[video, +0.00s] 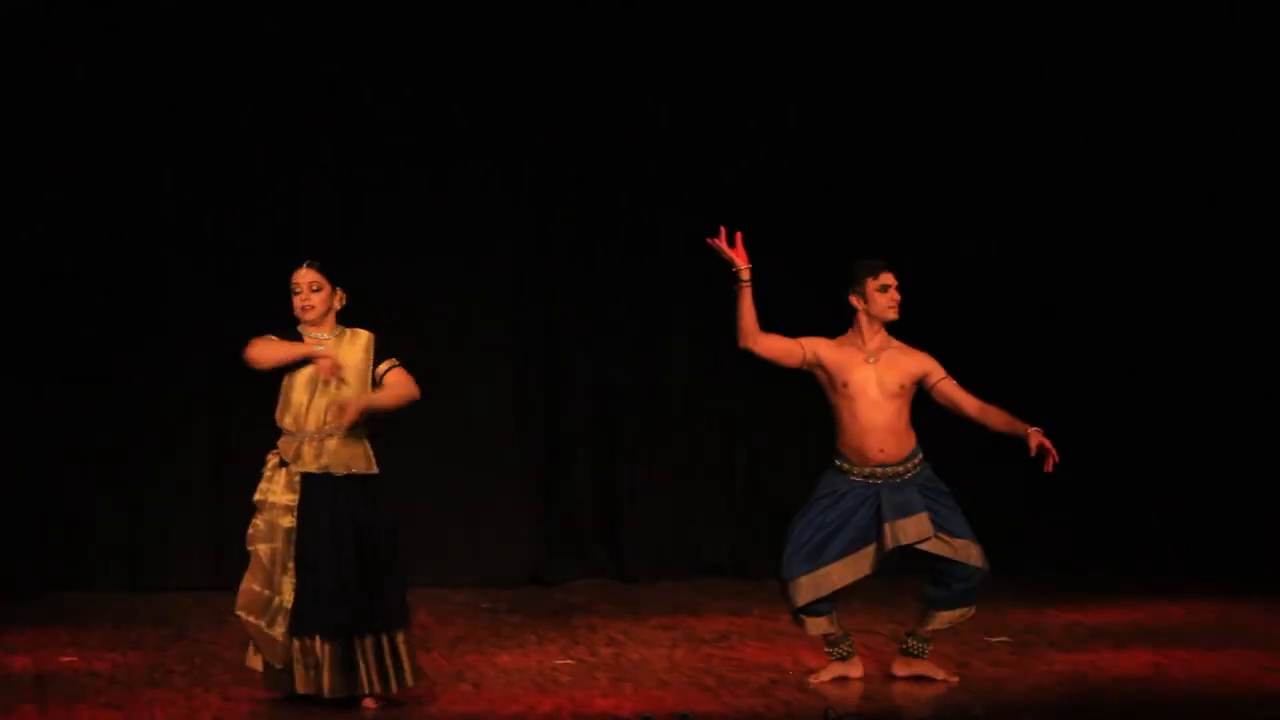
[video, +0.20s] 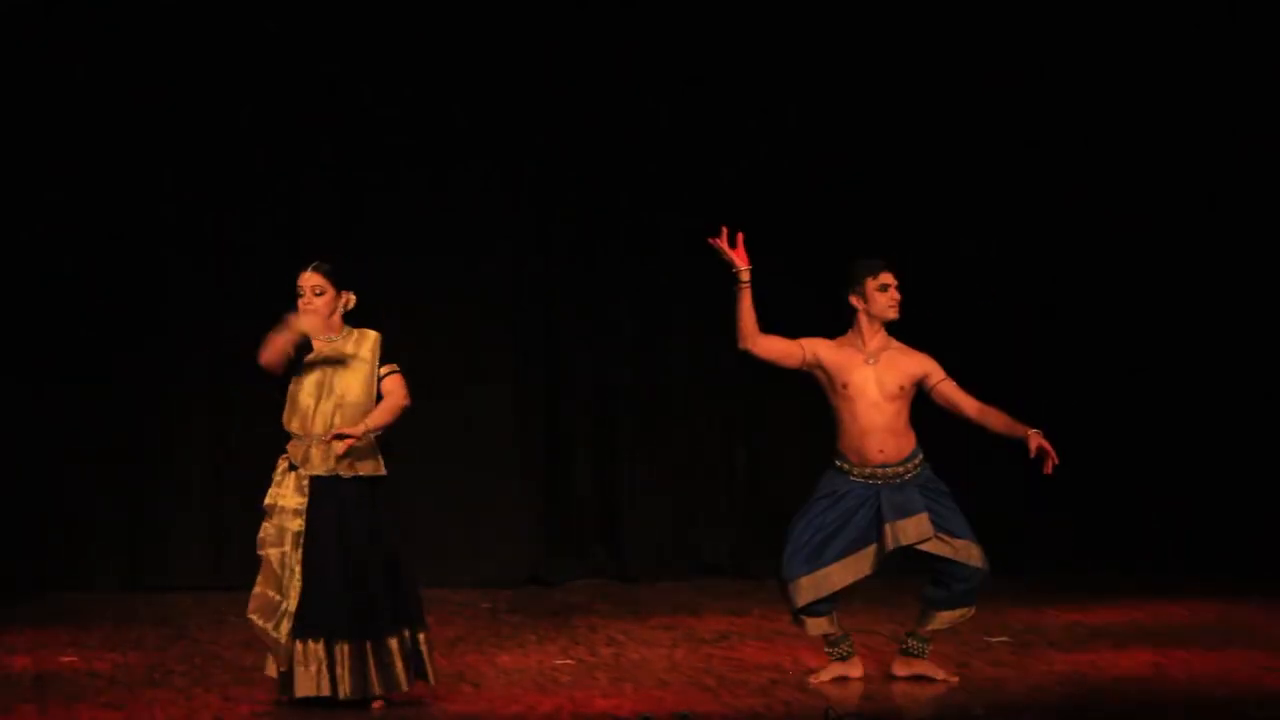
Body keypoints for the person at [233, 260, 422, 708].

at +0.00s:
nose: (304, 298)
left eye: (314, 290)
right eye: (298, 292)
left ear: (336, 297)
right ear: (292, 303)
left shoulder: (360, 343)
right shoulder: (289, 346)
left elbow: (407, 388)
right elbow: (255, 354)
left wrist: (363, 402)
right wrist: (311, 352)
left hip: (348, 476)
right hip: (294, 476)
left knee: (360, 576)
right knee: (297, 575)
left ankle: (369, 684)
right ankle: (305, 679)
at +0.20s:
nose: (307, 301)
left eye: (317, 293)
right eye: (301, 294)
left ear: (342, 300)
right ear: (297, 303)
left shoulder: (366, 344)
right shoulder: (299, 346)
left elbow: (398, 397)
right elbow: (269, 359)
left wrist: (362, 428)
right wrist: (297, 323)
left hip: (353, 478)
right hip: (302, 477)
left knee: (358, 577)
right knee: (303, 577)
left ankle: (366, 681)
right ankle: (306, 678)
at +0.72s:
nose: (318, 295)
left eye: (328, 288)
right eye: (311, 287)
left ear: (347, 296)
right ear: (302, 295)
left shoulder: (365, 344)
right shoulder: (289, 340)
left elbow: (376, 406)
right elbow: (234, 307)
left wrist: (328, 444)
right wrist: (239, 251)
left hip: (347, 478)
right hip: (291, 479)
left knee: (362, 577)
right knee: (295, 579)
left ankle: (380, 683)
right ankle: (306, 683)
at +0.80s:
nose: (336, 292)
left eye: (342, 285)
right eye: (325, 284)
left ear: (348, 295)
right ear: (303, 294)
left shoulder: (358, 343)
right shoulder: (283, 336)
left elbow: (371, 405)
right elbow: (233, 299)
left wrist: (325, 443)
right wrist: (250, 239)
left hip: (343, 475)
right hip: (286, 476)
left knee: (362, 575)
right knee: (291, 578)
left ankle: (379, 681)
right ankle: (301, 682)